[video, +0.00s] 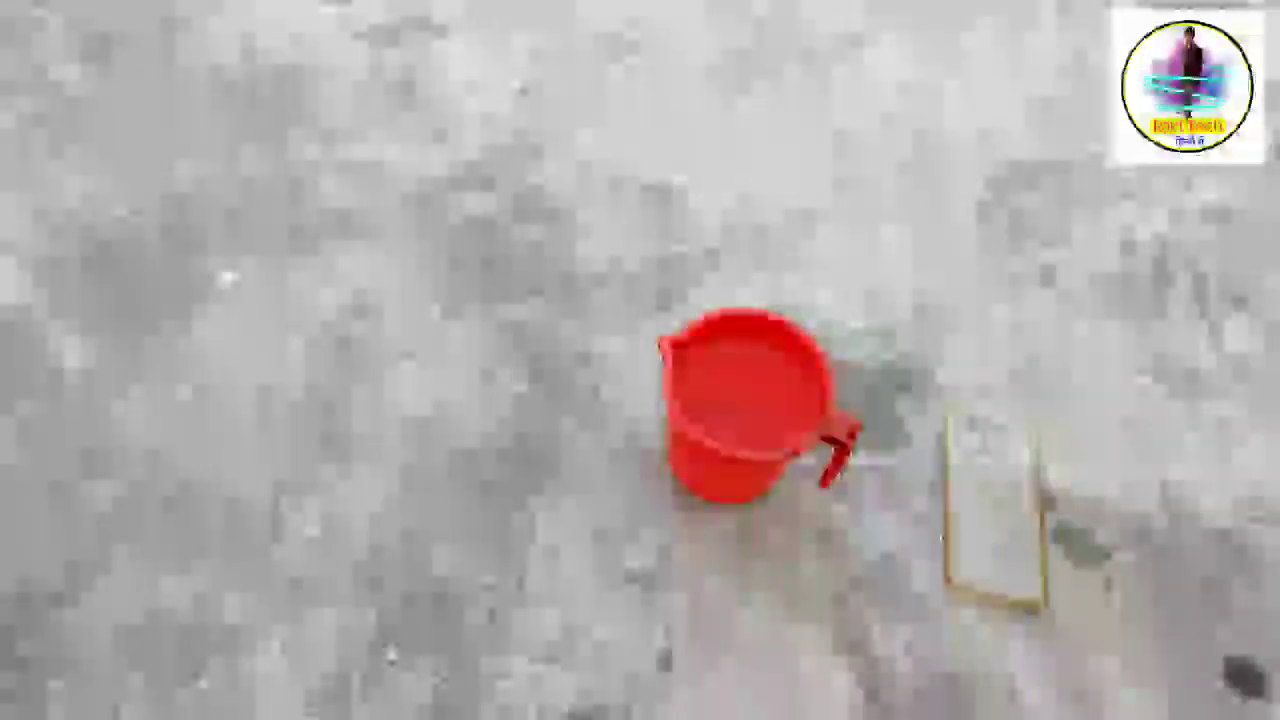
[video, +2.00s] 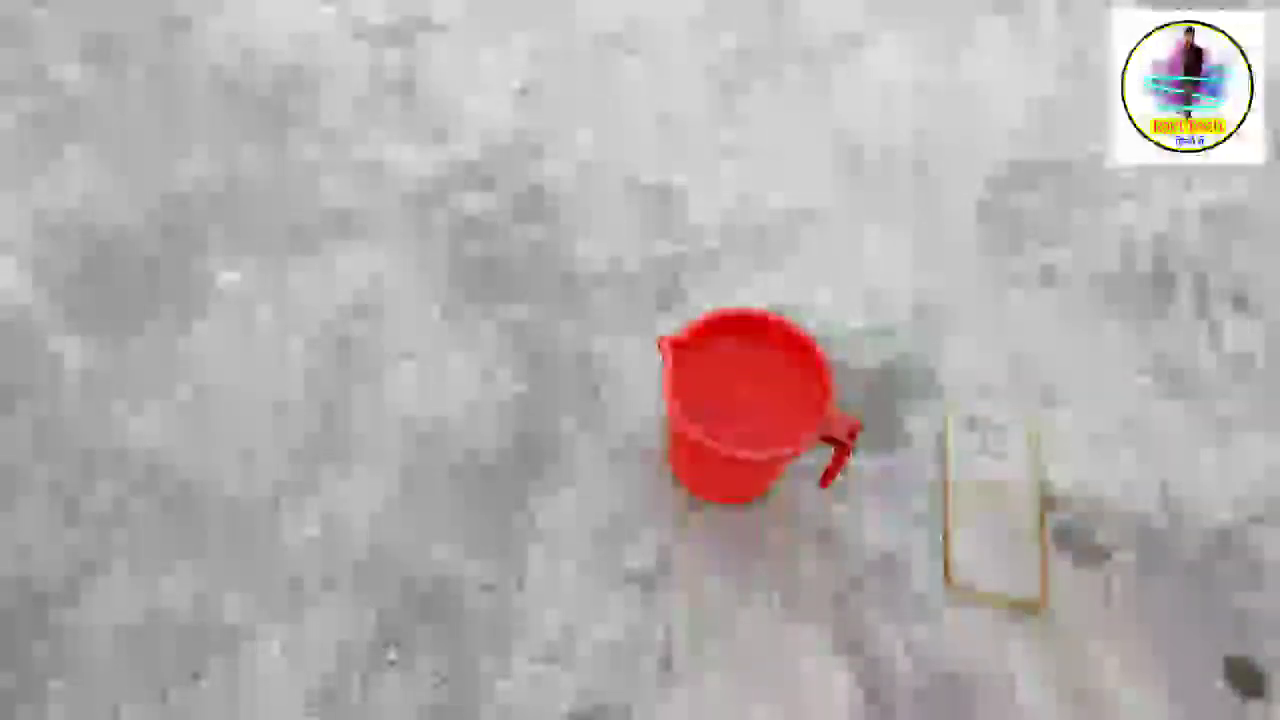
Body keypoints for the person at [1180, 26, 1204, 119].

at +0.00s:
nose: (1187, 38)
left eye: (1189, 36)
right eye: (1186, 36)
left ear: (1193, 36)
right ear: (1184, 36)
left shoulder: (1197, 50)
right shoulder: (1181, 49)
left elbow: (1199, 65)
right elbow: (1176, 61)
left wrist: (1197, 75)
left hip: (1193, 75)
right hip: (1183, 74)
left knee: (1190, 93)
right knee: (1185, 93)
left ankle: (1188, 112)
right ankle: (1185, 111)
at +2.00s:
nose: (1188, 38)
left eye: (1190, 36)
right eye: (1186, 36)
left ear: (1193, 36)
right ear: (1184, 36)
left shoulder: (1198, 50)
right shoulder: (1182, 50)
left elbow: (1199, 65)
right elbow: (1177, 62)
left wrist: (1197, 76)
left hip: (1193, 75)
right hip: (1184, 74)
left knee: (1189, 93)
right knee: (1185, 93)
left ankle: (1188, 112)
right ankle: (1186, 111)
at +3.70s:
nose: (1189, 38)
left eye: (1191, 35)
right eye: (1187, 35)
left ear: (1194, 36)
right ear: (1184, 36)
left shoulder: (1198, 50)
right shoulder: (1182, 50)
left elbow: (1200, 64)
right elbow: (1177, 62)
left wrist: (1198, 74)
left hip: (1194, 75)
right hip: (1184, 74)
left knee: (1191, 93)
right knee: (1185, 93)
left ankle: (1189, 111)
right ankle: (1186, 111)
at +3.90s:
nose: (1189, 38)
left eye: (1191, 35)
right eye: (1187, 35)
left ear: (1194, 36)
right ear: (1184, 36)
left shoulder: (1198, 50)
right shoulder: (1182, 50)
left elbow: (1200, 64)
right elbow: (1177, 62)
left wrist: (1198, 74)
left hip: (1194, 75)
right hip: (1184, 74)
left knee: (1191, 93)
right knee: (1185, 93)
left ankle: (1189, 111)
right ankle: (1186, 111)